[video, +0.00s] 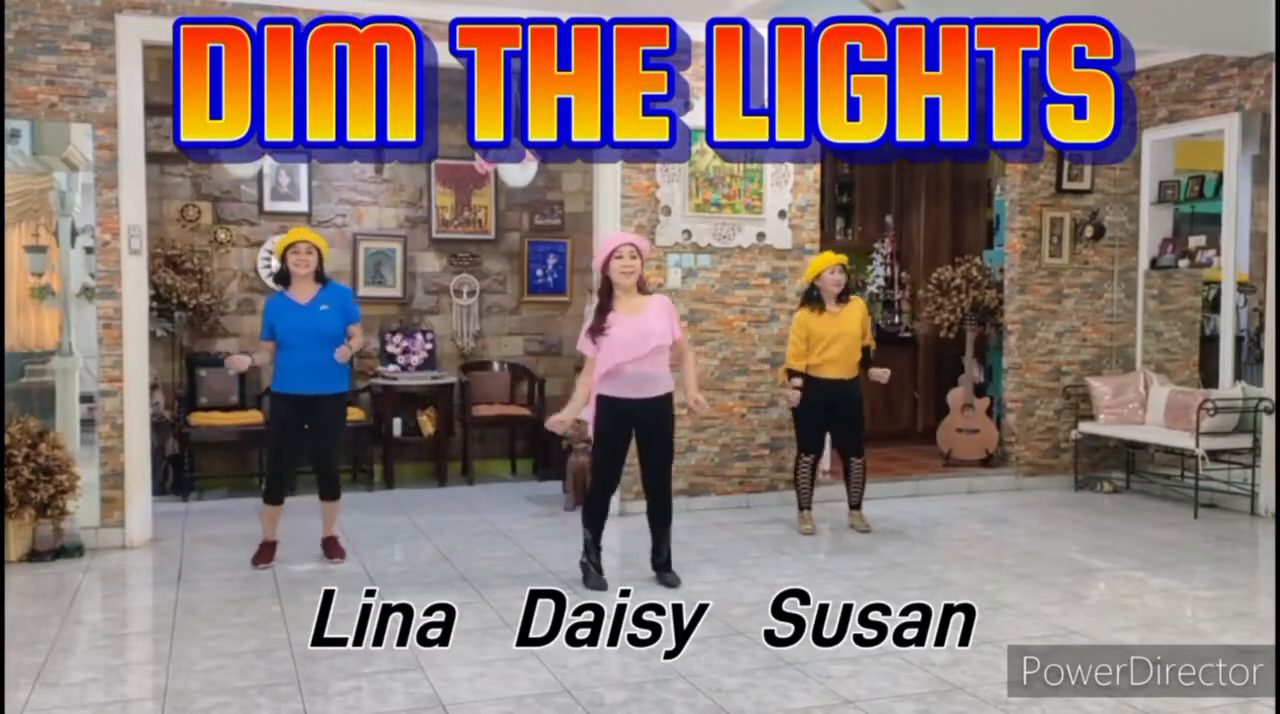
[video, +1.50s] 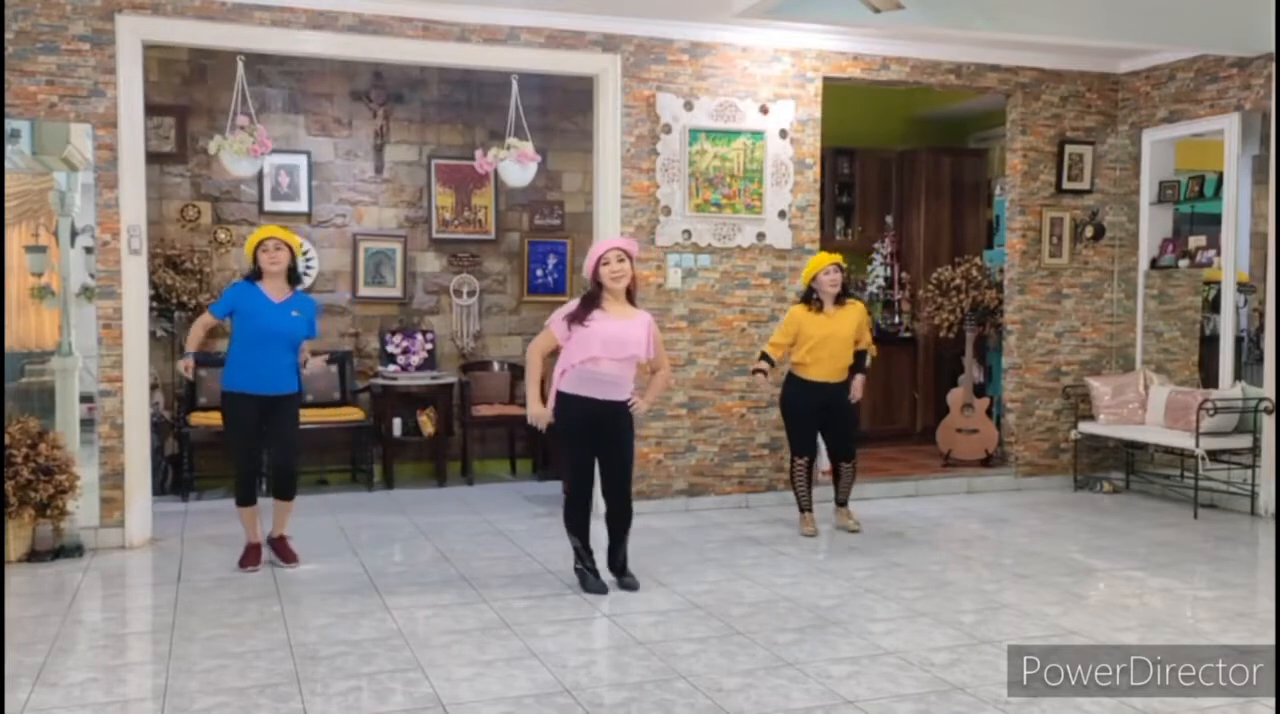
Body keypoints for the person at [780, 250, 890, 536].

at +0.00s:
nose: (838, 277)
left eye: (841, 272)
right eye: (831, 272)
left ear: (846, 277)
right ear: (817, 280)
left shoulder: (857, 307)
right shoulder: (805, 315)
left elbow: (866, 341)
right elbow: (796, 354)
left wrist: (870, 367)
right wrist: (796, 385)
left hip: (847, 387)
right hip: (813, 387)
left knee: (854, 450)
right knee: (809, 451)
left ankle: (855, 510)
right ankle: (805, 511)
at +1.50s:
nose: (834, 277)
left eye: (837, 272)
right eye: (826, 273)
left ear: (843, 277)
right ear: (813, 281)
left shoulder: (855, 310)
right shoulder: (799, 313)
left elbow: (864, 346)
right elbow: (778, 344)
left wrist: (859, 375)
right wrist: (764, 363)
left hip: (837, 391)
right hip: (800, 390)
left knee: (845, 453)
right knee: (803, 453)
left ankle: (842, 509)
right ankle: (806, 514)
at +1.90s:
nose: (828, 278)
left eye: (832, 273)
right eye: (821, 274)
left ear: (838, 279)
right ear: (807, 282)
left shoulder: (851, 310)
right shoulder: (794, 317)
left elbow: (868, 343)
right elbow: (776, 349)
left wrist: (862, 372)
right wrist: (758, 366)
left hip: (837, 393)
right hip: (800, 392)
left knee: (841, 455)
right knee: (802, 453)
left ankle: (831, 510)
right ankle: (807, 513)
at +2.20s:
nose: (835, 278)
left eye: (838, 273)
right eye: (828, 273)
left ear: (842, 279)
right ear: (813, 280)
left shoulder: (854, 307)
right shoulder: (800, 318)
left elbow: (872, 337)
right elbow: (792, 357)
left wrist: (868, 369)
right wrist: (788, 385)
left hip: (847, 389)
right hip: (809, 390)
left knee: (853, 454)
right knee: (808, 454)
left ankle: (856, 512)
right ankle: (808, 513)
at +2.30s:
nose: (839, 278)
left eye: (842, 273)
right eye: (832, 273)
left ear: (846, 278)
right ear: (817, 280)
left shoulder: (858, 306)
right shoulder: (805, 318)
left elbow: (877, 334)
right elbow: (800, 358)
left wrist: (874, 367)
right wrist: (801, 390)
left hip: (854, 388)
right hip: (819, 389)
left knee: (859, 453)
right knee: (814, 452)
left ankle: (857, 512)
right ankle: (809, 513)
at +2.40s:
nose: (845, 278)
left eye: (848, 273)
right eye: (838, 273)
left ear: (852, 279)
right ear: (822, 280)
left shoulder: (862, 305)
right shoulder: (811, 317)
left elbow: (881, 332)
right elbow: (807, 358)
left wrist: (880, 365)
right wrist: (812, 392)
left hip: (861, 387)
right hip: (826, 388)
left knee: (862, 452)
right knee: (820, 453)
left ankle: (857, 511)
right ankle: (810, 512)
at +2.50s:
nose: (851, 279)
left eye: (854, 274)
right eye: (844, 274)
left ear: (857, 280)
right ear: (828, 281)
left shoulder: (867, 307)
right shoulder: (817, 318)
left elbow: (886, 333)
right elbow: (813, 360)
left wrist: (885, 365)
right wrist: (821, 393)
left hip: (866, 388)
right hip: (832, 388)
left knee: (866, 453)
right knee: (826, 453)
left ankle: (858, 512)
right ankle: (811, 512)